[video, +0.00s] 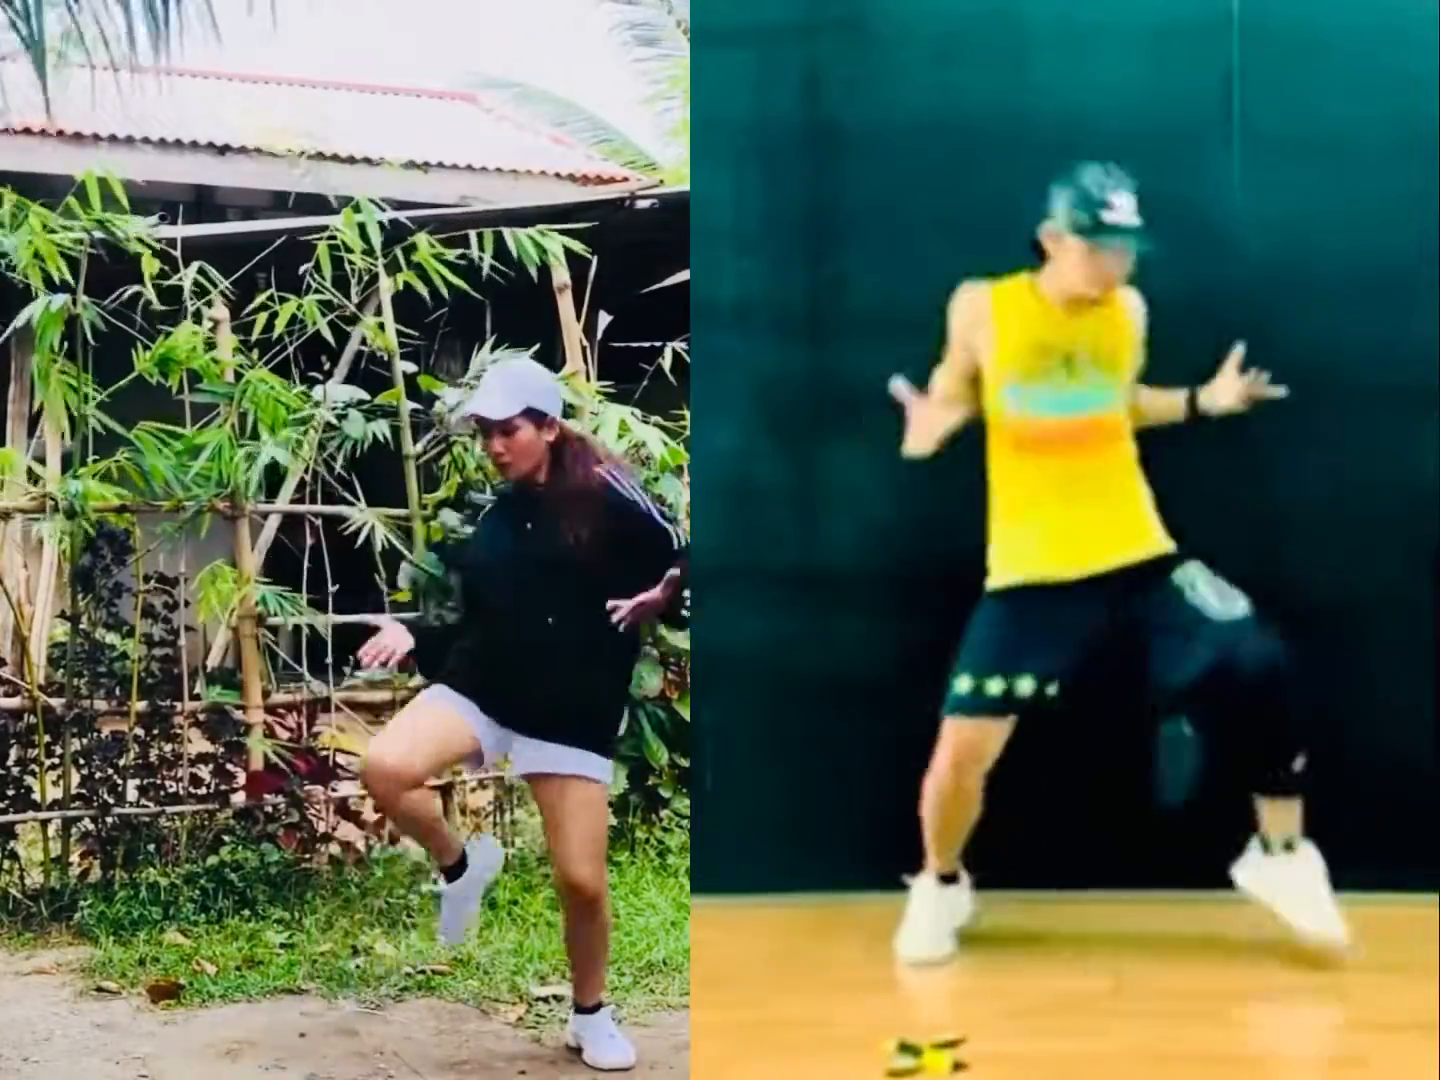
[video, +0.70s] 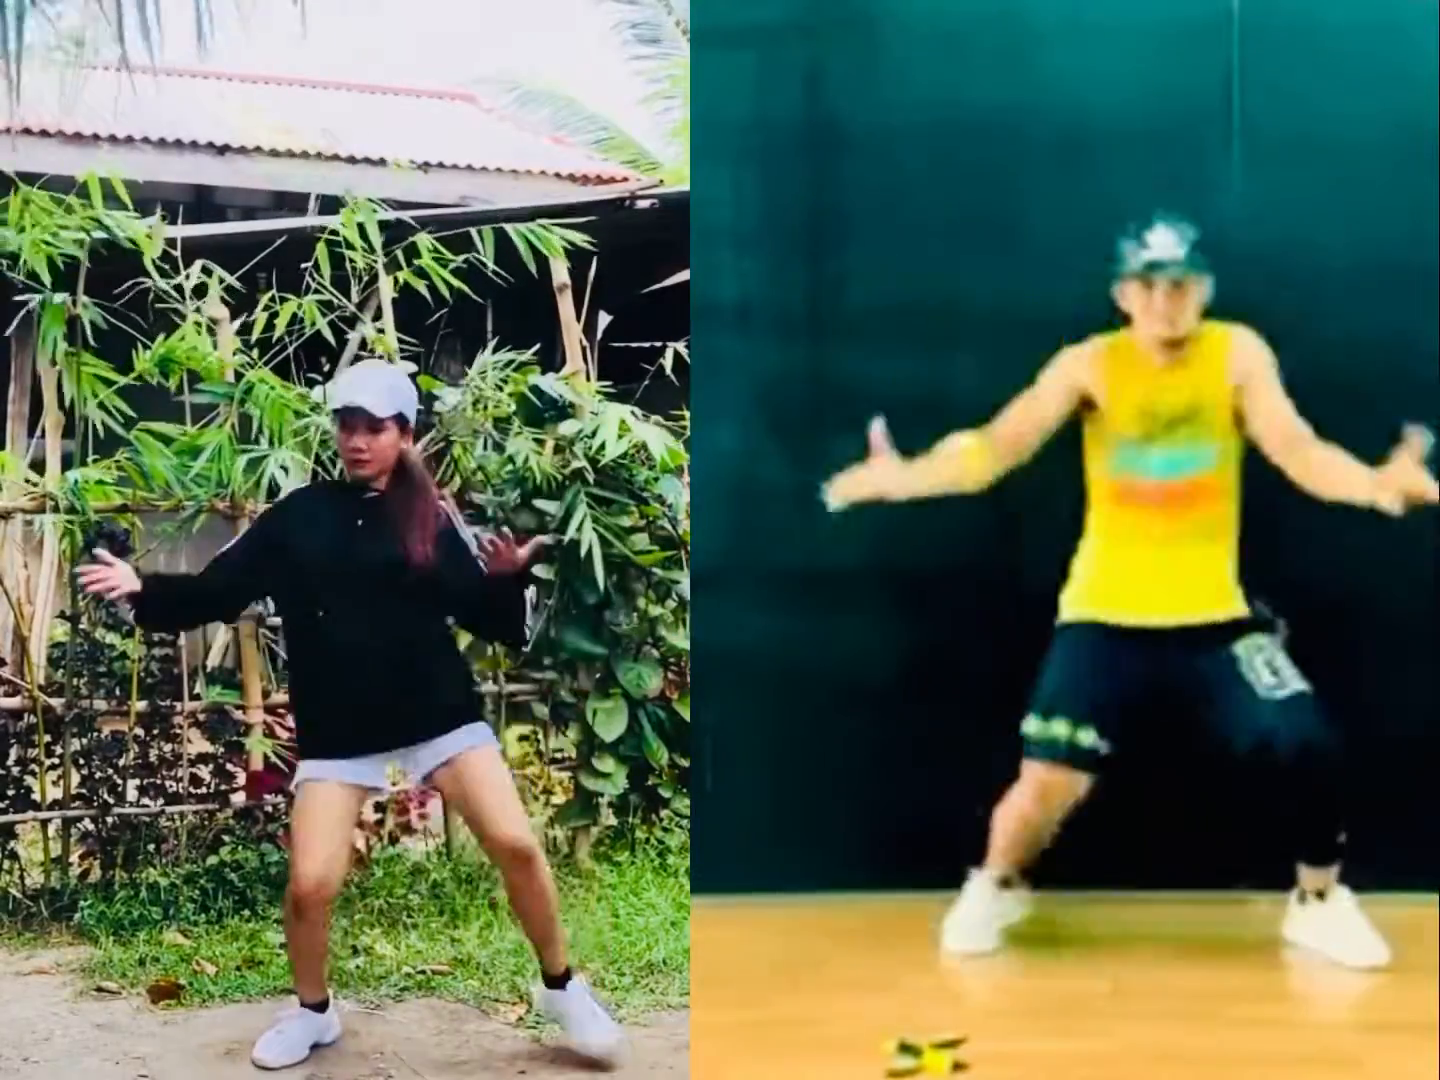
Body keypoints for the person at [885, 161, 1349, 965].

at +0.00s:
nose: (1112, 265)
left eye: (1122, 247)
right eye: (1095, 246)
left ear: (1132, 247)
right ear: (1050, 239)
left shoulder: (1127, 310)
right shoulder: (983, 309)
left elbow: (1122, 403)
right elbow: (955, 389)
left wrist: (1203, 400)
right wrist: (932, 421)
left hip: (1140, 562)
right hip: (1030, 577)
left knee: (1260, 662)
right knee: (960, 754)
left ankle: (1281, 851)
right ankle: (939, 885)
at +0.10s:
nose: (1070, 239)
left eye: (1085, 224)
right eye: (1055, 220)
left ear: (1102, 232)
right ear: (1021, 220)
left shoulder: (1115, 312)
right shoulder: (967, 290)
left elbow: (1157, 425)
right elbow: (883, 362)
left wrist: (1263, 400)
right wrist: (953, 368)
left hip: (1110, 544)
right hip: (1008, 567)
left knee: (1248, 580)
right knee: (982, 755)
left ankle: (1220, 767)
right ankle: (933, 884)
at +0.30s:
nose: (1069, 250)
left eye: (1084, 232)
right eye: (1054, 231)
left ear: (1103, 236)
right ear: (1024, 232)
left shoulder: (1126, 297)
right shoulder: (976, 312)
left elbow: (1193, 380)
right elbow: (893, 404)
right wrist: (818, 420)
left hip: (1096, 537)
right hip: (997, 560)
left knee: (1214, 528)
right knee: (982, 744)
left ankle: (1194, 702)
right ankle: (934, 891)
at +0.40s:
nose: (1085, 212)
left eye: (1101, 195)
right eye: (1071, 193)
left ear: (1120, 201)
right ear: (1038, 195)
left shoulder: (1135, 272)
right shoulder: (992, 265)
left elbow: (1135, 360)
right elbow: (962, 344)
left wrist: (1177, 339)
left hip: (1131, 514)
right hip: (1028, 540)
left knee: (1264, 568)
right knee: (990, 732)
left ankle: (1272, 757)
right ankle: (944, 883)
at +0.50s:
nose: (1099, 225)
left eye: (1114, 209)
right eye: (1084, 207)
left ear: (1135, 215)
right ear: (1053, 210)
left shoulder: (1155, 300)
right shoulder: (1012, 277)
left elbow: (1201, 397)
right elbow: (932, 365)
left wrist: (1275, 376)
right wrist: (950, 323)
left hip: (1159, 532)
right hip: (1049, 546)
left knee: (1266, 670)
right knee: (1001, 736)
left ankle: (1324, 841)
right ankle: (1004, 876)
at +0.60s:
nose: (1121, 278)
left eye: (1136, 262)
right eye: (1106, 261)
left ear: (1156, 271)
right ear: (1075, 268)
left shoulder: (1186, 368)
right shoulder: (1029, 341)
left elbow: (1289, 444)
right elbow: (927, 409)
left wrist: (1410, 469)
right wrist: (936, 369)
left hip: (1181, 595)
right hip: (1073, 601)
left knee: (1271, 738)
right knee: (1003, 756)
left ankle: (1313, 899)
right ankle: (1019, 894)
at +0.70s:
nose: (1164, 305)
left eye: (1179, 288)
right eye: (1148, 287)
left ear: (1204, 292)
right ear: (1122, 294)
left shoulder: (1237, 355)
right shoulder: (1086, 367)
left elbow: (1299, 452)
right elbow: (991, 451)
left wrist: (1379, 485)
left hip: (1214, 612)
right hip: (1103, 613)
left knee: (1305, 741)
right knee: (1052, 781)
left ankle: (1318, 900)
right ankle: (990, 891)